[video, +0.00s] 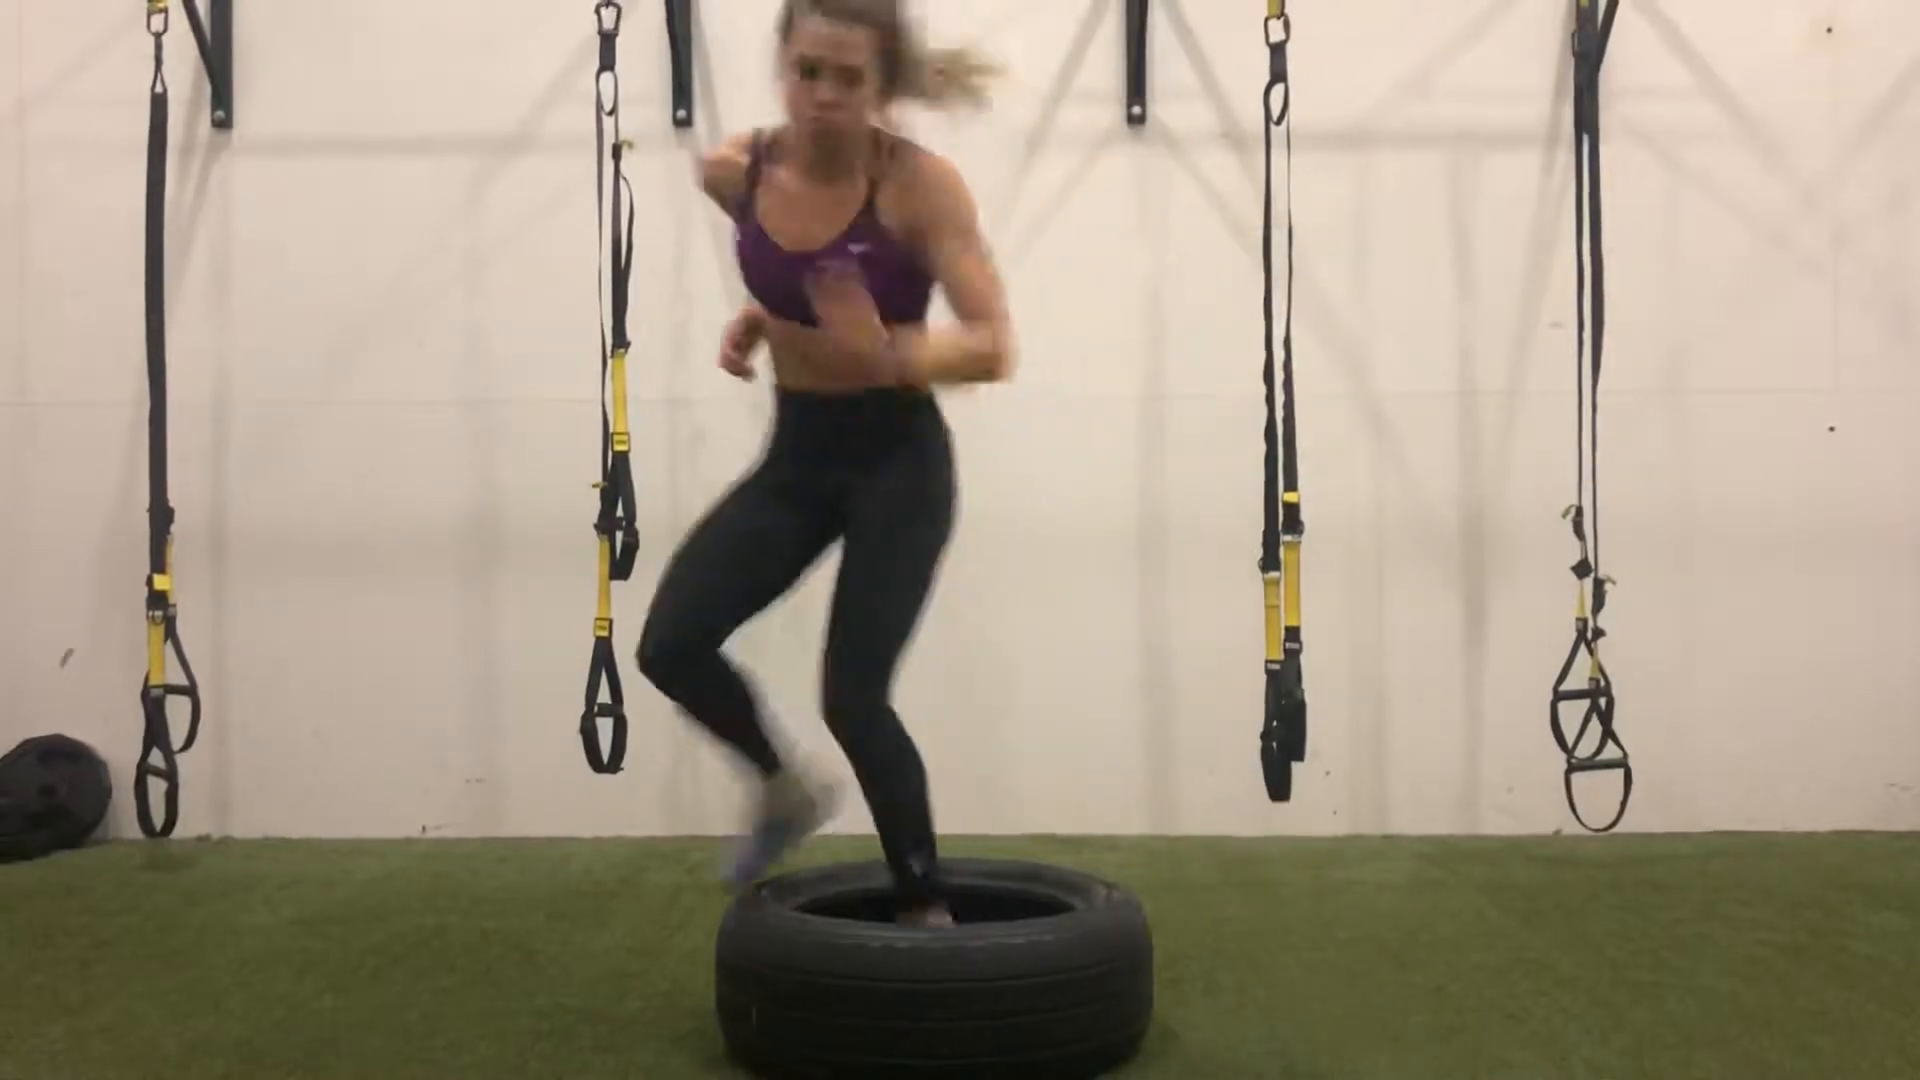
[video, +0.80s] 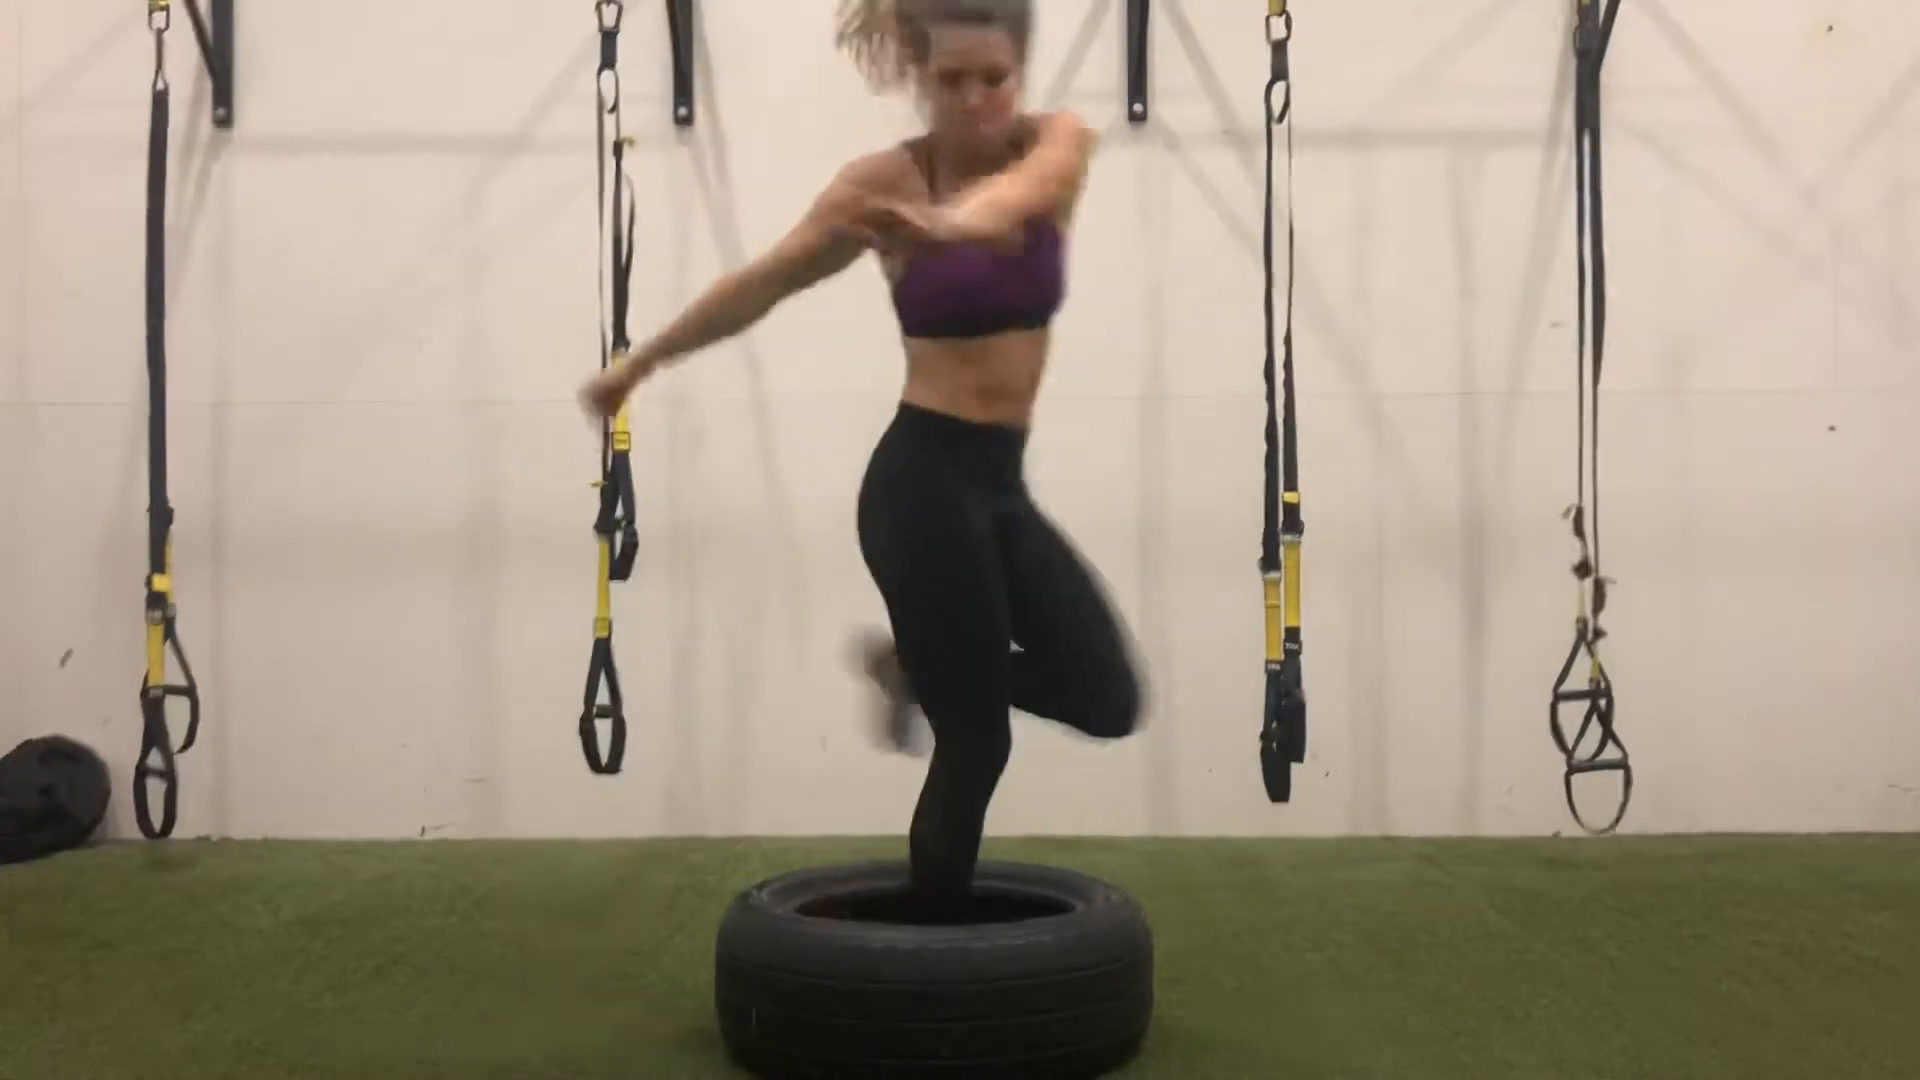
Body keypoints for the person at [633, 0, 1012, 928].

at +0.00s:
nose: (825, 94)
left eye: (848, 78)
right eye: (809, 71)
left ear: (884, 86)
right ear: (784, 70)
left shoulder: (923, 186)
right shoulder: (735, 172)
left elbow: (992, 347)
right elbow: (795, 257)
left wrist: (890, 354)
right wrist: (758, 316)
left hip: (900, 462)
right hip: (800, 455)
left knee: (853, 697)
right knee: (672, 647)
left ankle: (926, 912)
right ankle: (787, 786)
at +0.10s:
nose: (794, 104)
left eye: (816, 86)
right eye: (777, 82)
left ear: (852, 89)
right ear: (748, 78)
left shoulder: (892, 197)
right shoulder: (694, 184)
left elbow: (893, 367)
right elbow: (691, 279)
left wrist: (843, 298)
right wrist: (698, 329)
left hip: (845, 460)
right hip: (739, 453)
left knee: (784, 634)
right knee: (638, 676)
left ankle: (873, 826)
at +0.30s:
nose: (777, 160)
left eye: (799, 138)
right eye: (756, 136)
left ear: (829, 140)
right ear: (722, 131)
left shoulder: (856, 252)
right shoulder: (672, 237)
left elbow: (865, 338)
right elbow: (598, 386)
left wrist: (840, 405)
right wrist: (667, 410)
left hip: (743, 517)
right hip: (631, 492)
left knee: (695, 715)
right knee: (553, 737)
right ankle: (477, 953)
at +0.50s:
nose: (823, 179)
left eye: (841, 158)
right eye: (802, 157)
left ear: (867, 157)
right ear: (765, 155)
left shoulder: (893, 260)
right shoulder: (715, 247)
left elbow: (968, 390)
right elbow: (591, 282)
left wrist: (893, 316)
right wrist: (486, 296)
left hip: (755, 525)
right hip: (674, 502)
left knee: (675, 794)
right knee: (847, 643)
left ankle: (522, 982)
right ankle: (636, 717)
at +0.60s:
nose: (870, 97)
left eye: (885, 76)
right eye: (850, 78)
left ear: (910, 70)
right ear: (814, 72)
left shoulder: (946, 131)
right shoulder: (776, 164)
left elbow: (954, 209)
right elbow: (685, 210)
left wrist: (810, 188)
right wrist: (621, 229)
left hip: (845, 461)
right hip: (786, 451)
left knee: (743, 719)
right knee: (979, 606)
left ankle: (560, 900)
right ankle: (862, 824)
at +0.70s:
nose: (914, 83)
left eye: (932, 60)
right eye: (892, 60)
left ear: (957, 52)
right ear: (850, 53)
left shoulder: (991, 116)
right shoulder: (815, 149)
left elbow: (950, 193)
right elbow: (730, 238)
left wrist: (809, 194)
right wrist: (668, 285)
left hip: (916, 457)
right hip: (870, 458)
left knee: (895, 719)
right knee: (990, 696)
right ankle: (946, 936)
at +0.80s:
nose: (977, 100)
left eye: (994, 78)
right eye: (955, 81)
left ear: (1021, 71)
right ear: (921, 77)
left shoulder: (1061, 139)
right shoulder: (886, 182)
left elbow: (1023, 193)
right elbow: (762, 284)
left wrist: (953, 220)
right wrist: (638, 361)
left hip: (1000, 489)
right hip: (923, 487)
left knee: (1107, 701)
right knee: (974, 741)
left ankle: (910, 669)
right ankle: (934, 966)